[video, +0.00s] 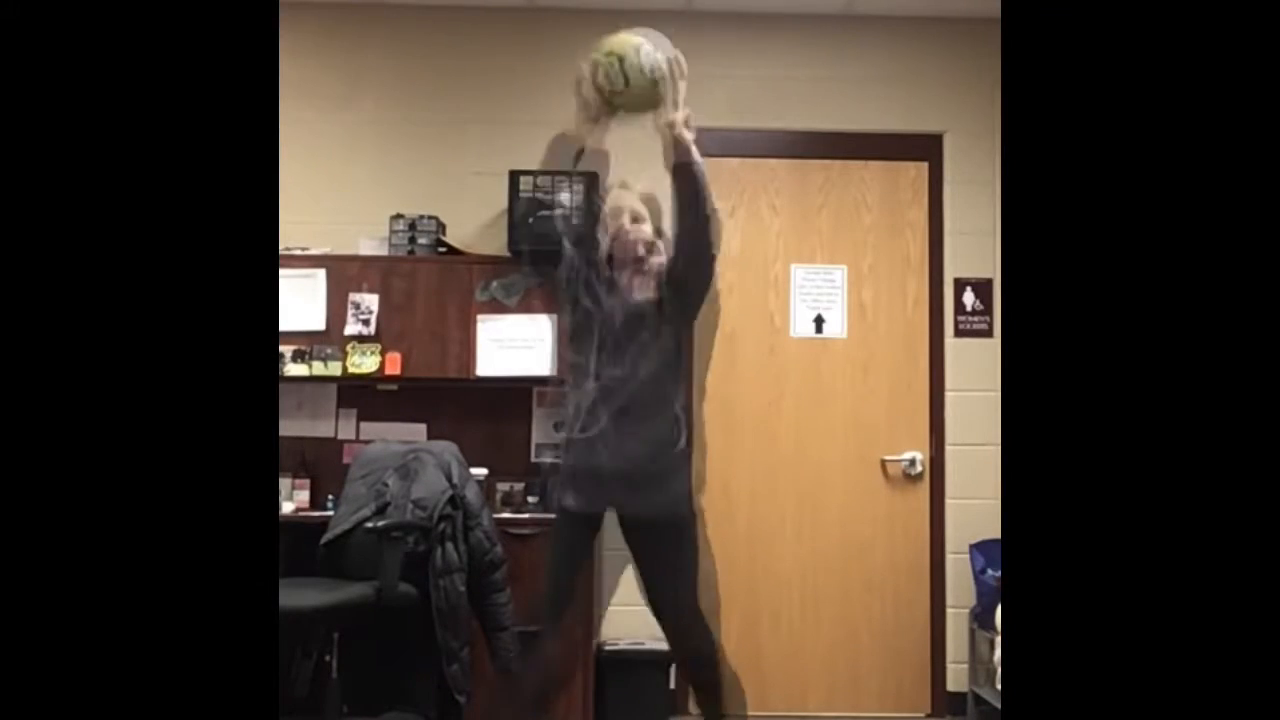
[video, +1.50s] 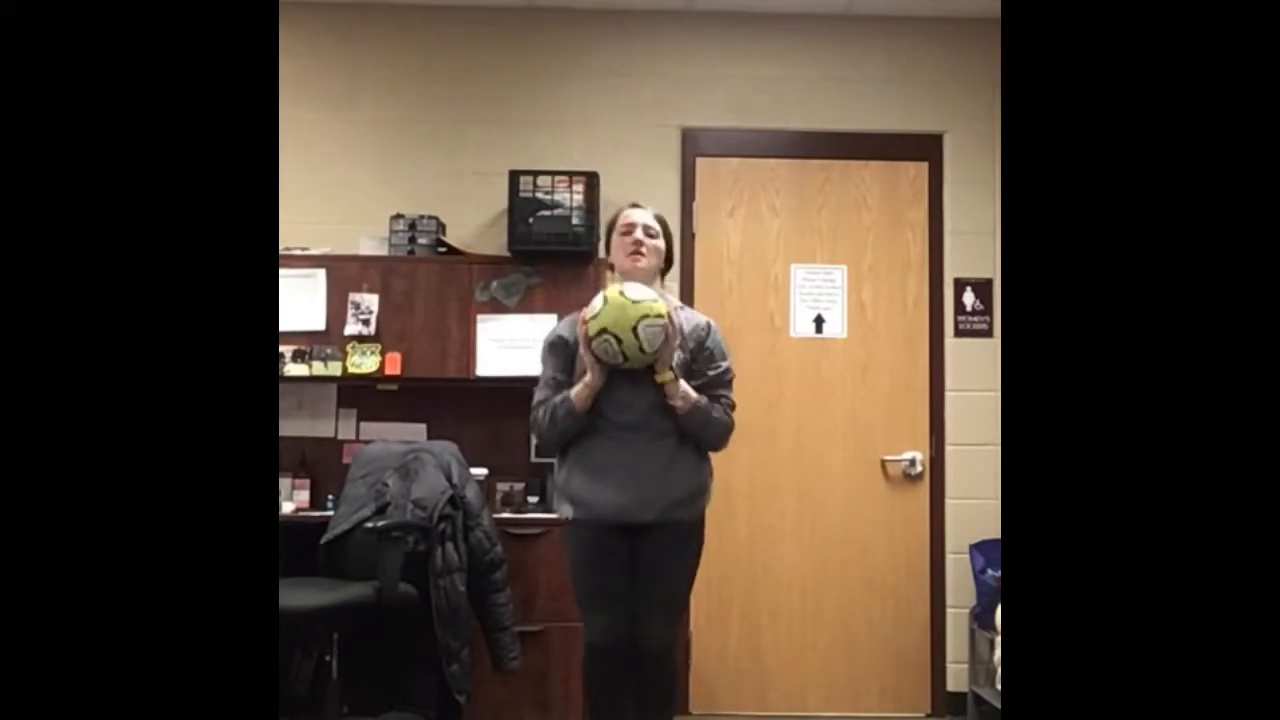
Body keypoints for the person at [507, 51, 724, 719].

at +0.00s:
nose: (628, 232)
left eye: (637, 221)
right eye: (616, 223)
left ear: (655, 238)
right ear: (599, 239)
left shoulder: (676, 298)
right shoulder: (584, 292)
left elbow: (697, 238)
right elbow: (568, 222)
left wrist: (678, 142)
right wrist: (589, 127)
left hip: (654, 473)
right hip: (582, 470)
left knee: (683, 624)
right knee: (557, 619)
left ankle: (720, 709)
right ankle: (524, 711)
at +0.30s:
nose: (628, 215)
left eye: (641, 208)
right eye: (617, 205)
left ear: (659, 226)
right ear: (598, 220)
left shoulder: (675, 290)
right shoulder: (576, 283)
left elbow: (709, 249)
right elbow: (535, 249)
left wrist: (675, 170)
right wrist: (571, 166)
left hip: (658, 468)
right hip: (578, 466)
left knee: (680, 615)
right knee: (543, 611)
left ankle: (708, 712)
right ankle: (487, 709)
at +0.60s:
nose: (629, 236)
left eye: (641, 230)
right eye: (618, 228)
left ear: (656, 249)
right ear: (599, 243)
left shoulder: (684, 324)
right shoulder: (562, 327)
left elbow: (699, 422)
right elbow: (540, 422)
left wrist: (658, 358)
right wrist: (583, 364)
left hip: (661, 513)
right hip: (582, 513)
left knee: (648, 643)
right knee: (595, 641)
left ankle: (646, 716)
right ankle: (600, 716)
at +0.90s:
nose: (632, 208)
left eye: (643, 204)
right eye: (620, 202)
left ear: (659, 226)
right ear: (597, 220)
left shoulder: (680, 279)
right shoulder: (574, 276)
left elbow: (705, 214)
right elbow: (549, 199)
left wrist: (681, 118)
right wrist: (584, 113)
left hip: (661, 462)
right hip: (581, 461)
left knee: (683, 608)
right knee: (558, 607)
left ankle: (723, 716)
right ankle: (515, 711)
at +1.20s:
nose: (636, 202)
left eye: (648, 196)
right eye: (623, 195)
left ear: (664, 218)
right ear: (603, 214)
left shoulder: (683, 277)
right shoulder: (579, 274)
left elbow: (716, 253)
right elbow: (540, 240)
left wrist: (687, 172)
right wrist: (581, 160)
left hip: (669, 461)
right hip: (586, 461)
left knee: (691, 610)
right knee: (557, 607)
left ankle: (722, 716)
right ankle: (516, 709)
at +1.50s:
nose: (639, 238)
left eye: (651, 232)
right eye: (627, 232)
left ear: (666, 254)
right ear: (608, 252)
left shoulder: (698, 331)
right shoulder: (570, 332)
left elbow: (719, 431)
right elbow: (544, 430)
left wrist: (669, 376)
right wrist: (590, 379)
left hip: (673, 517)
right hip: (595, 517)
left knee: (657, 646)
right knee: (605, 644)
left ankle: (656, 719)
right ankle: (607, 719)